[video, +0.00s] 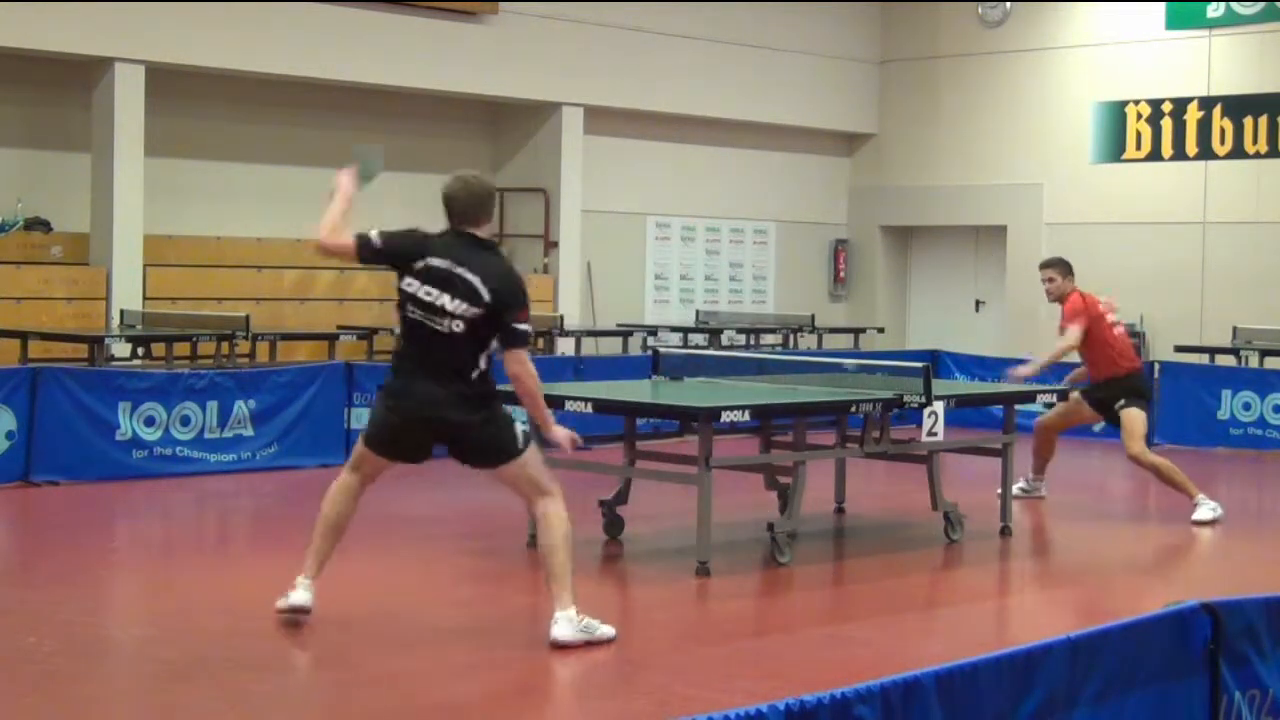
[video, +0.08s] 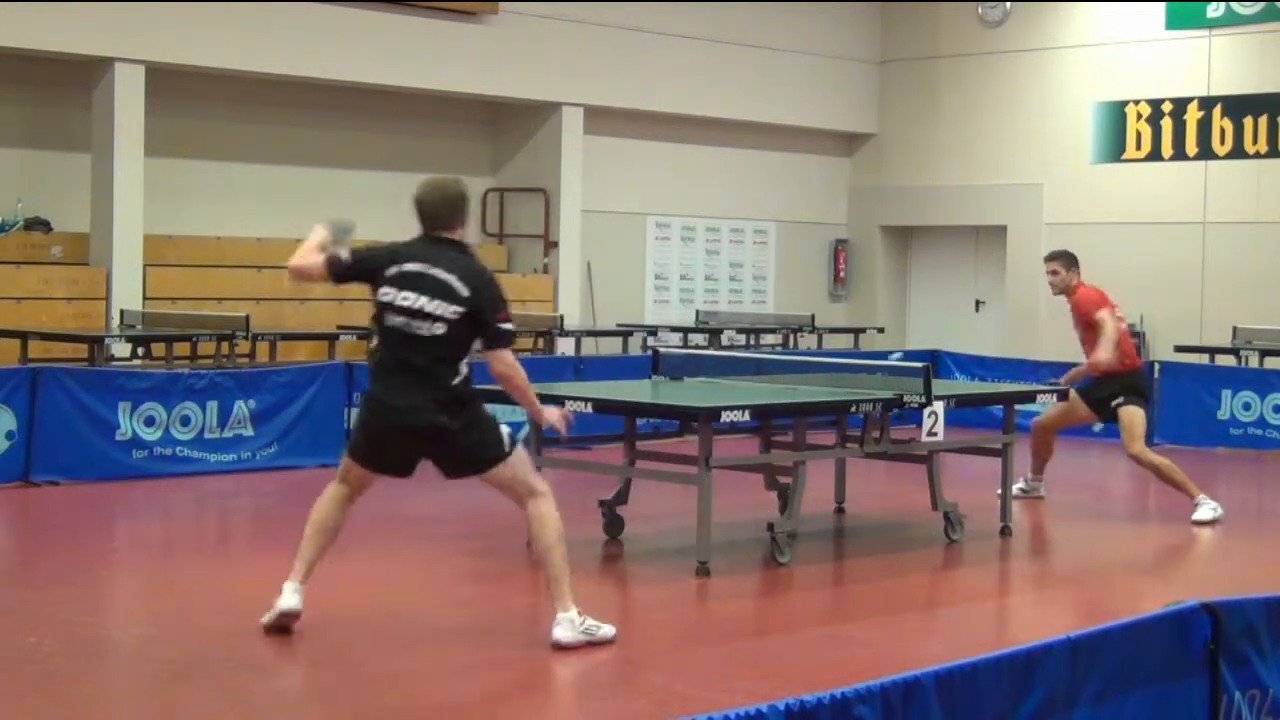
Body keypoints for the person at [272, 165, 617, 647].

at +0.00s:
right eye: (493, 209)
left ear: (448, 212)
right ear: (494, 214)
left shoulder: (417, 246)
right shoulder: (505, 279)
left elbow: (330, 242)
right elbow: (518, 366)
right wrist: (549, 425)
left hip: (405, 398)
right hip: (469, 408)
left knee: (355, 476)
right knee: (545, 494)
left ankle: (304, 584)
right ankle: (566, 615)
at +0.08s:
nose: (468, 221)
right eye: (467, 215)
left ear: (420, 217)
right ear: (464, 219)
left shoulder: (391, 259)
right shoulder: (478, 279)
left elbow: (301, 267)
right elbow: (502, 363)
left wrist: (319, 236)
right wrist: (538, 411)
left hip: (385, 409)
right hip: (450, 413)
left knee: (344, 488)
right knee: (535, 494)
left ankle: (293, 590)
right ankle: (567, 615)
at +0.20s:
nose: (420, 221)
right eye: (418, 215)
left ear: (371, 219)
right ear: (414, 219)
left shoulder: (339, 264)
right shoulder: (428, 272)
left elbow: (269, 294)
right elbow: (471, 349)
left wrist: (267, 294)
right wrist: (516, 386)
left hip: (342, 405)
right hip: (407, 407)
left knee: (314, 491)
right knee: (486, 500)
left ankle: (287, 606)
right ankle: (556, 612)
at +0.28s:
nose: (400, 209)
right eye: (398, 204)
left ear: (348, 211)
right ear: (392, 209)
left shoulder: (316, 253)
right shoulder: (408, 260)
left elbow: (249, 304)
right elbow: (461, 336)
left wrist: (284, 323)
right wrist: (500, 378)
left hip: (308, 390)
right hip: (370, 390)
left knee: (292, 482)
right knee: (455, 491)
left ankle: (282, 605)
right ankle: (505, 606)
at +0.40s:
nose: (373, 208)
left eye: (368, 202)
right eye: (370, 203)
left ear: (319, 209)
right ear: (364, 207)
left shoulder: (286, 248)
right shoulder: (383, 255)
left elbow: (225, 320)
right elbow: (438, 333)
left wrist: (250, 352)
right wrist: (462, 381)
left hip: (274, 373)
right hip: (340, 378)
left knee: (244, 468)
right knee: (410, 487)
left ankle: (216, 588)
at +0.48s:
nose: (352, 223)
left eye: (348, 216)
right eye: (350, 217)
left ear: (299, 224)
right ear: (343, 222)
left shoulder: (265, 263)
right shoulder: (363, 270)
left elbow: (210, 340)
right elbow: (413, 352)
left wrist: (235, 369)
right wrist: (428, 401)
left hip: (250, 391)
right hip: (315, 399)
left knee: (217, 487)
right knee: (374, 514)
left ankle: (141, 587)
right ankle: (345, 638)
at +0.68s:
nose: (321, 256)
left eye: (318, 249)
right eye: (321, 249)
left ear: (268, 250)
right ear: (313, 251)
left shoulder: (224, 280)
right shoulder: (316, 293)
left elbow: (168, 355)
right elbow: (347, 387)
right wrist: (358, 429)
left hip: (175, 388)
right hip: (240, 396)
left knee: (161, 489)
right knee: (324, 500)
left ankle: (95, 600)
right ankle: (321, 628)